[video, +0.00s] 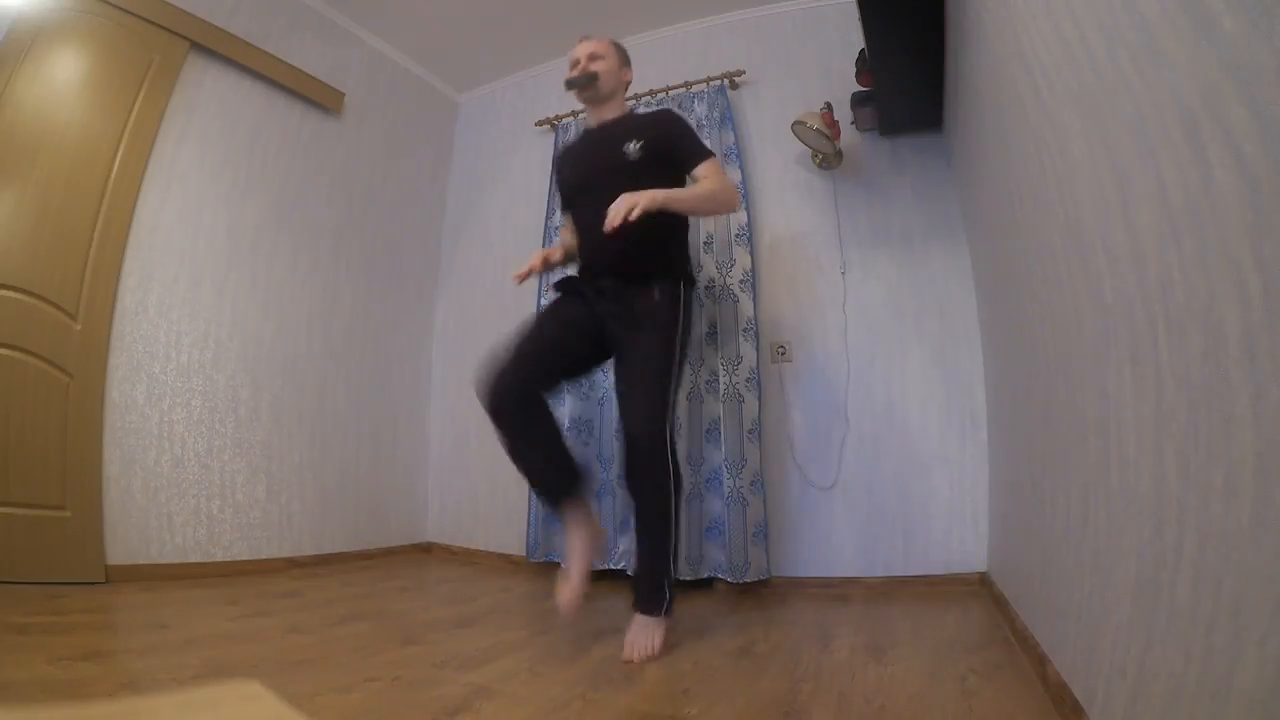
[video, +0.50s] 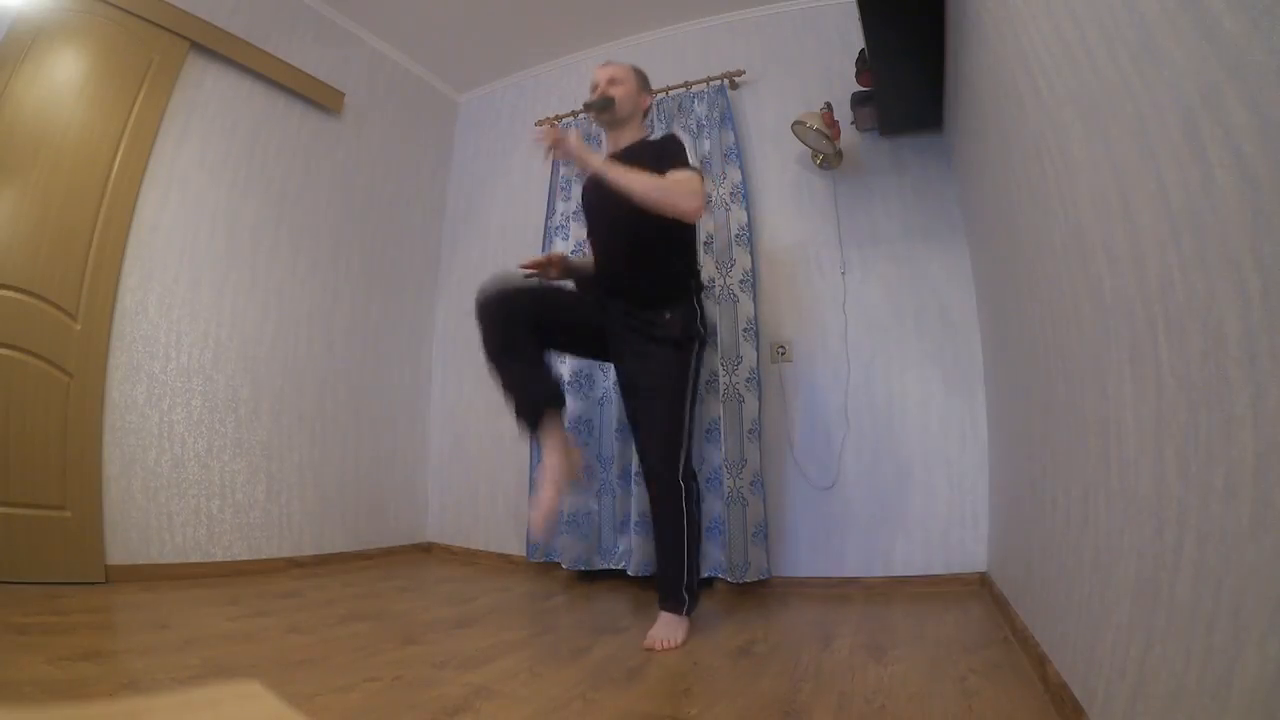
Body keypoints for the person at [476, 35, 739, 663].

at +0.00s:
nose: (581, 63)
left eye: (596, 55)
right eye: (574, 60)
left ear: (627, 76)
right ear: (569, 85)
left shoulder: (662, 126)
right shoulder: (569, 156)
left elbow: (725, 195)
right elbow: (577, 232)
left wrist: (657, 197)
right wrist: (554, 253)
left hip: (655, 300)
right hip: (589, 300)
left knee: (644, 442)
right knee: (507, 389)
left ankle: (651, 604)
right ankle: (577, 513)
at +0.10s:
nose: (592, 73)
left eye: (605, 62)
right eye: (582, 68)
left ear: (635, 78)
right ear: (575, 88)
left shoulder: (670, 146)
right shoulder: (561, 157)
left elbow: (714, 221)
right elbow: (544, 224)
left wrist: (657, 223)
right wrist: (540, 243)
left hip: (651, 281)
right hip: (583, 293)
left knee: (626, 326)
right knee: (590, 439)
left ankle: (644, 508)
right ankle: (609, 592)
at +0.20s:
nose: (592, 84)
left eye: (607, 76)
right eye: (584, 80)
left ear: (635, 96)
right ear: (576, 103)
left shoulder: (670, 162)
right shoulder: (559, 169)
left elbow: (709, 240)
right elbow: (522, 252)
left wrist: (671, 248)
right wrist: (515, 242)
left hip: (659, 306)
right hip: (591, 317)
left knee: (616, 257)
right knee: (597, 459)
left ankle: (634, 446)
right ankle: (621, 596)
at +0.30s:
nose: (586, 68)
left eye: (600, 59)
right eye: (579, 64)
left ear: (631, 78)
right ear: (575, 86)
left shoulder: (668, 131)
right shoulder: (568, 153)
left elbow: (725, 198)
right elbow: (549, 237)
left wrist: (670, 217)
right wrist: (540, 223)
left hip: (663, 274)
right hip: (599, 284)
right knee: (553, 409)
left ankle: (646, 521)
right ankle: (589, 561)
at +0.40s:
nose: (589, 73)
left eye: (605, 66)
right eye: (583, 69)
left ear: (634, 87)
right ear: (579, 96)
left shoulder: (662, 139)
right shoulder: (587, 168)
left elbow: (720, 206)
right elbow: (598, 255)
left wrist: (636, 207)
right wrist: (552, 260)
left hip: (661, 302)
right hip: (603, 301)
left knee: (655, 446)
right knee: (502, 311)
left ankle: (669, 600)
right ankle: (564, 452)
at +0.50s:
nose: (601, 90)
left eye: (616, 81)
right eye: (594, 86)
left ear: (647, 101)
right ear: (588, 110)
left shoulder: (665, 149)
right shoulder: (596, 180)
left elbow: (690, 203)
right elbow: (611, 270)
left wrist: (590, 161)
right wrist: (566, 266)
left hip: (663, 325)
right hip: (607, 315)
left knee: (663, 465)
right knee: (501, 304)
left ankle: (674, 604)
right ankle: (556, 444)